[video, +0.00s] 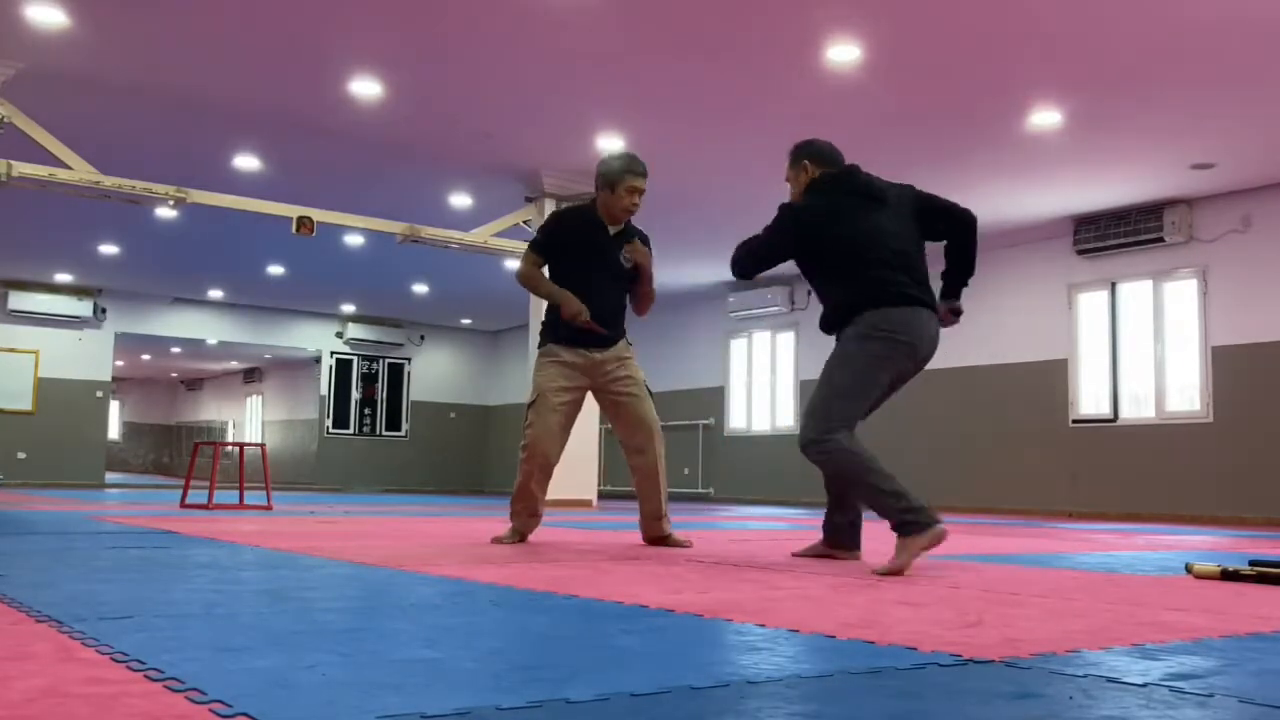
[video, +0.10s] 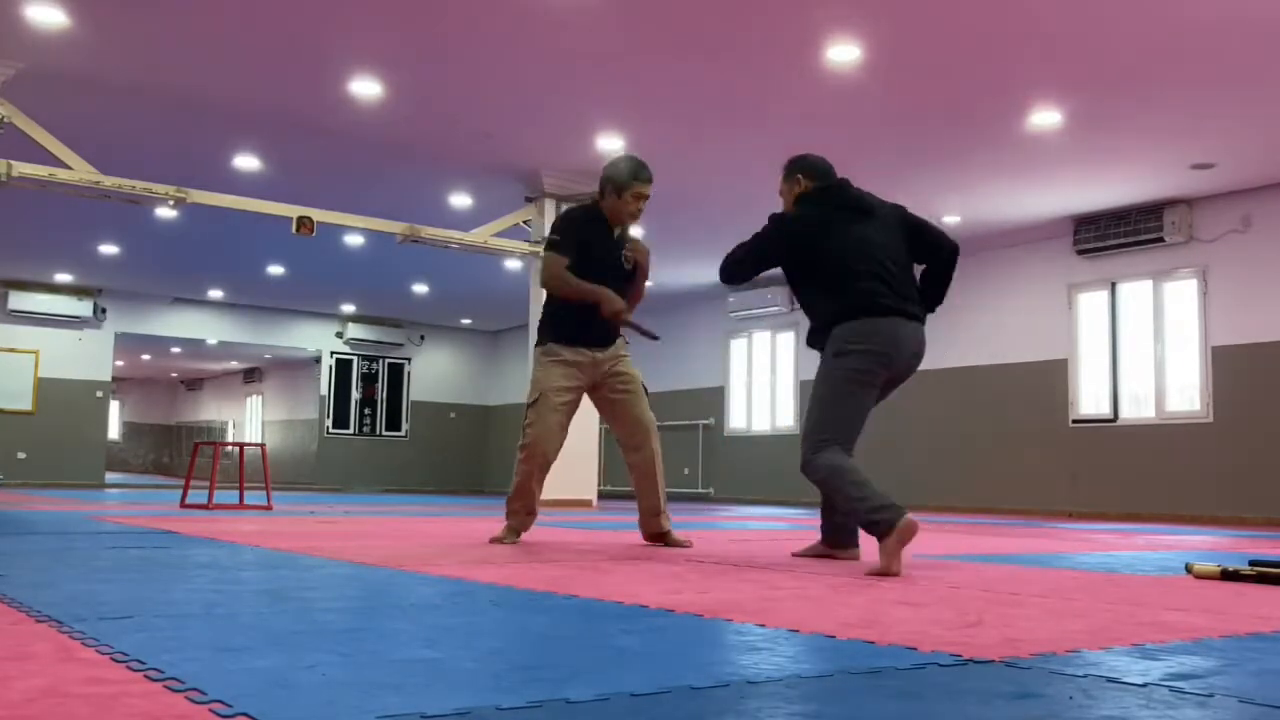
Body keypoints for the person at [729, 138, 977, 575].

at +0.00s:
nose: (788, 190)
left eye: (789, 181)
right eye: (787, 183)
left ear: (807, 172)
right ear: (837, 169)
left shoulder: (803, 213)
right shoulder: (894, 195)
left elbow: (743, 265)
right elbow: (962, 221)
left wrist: (772, 234)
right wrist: (951, 293)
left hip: (879, 326)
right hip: (920, 325)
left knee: (820, 436)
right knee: (835, 428)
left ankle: (917, 525)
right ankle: (841, 539)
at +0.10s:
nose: (781, 201)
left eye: (783, 192)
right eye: (781, 193)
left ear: (801, 185)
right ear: (830, 183)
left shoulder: (793, 223)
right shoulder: (885, 211)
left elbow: (731, 272)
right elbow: (945, 250)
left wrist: (775, 239)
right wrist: (920, 305)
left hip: (858, 336)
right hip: (908, 336)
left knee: (818, 453)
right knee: (837, 437)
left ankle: (891, 524)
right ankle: (838, 538)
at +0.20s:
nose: (772, 206)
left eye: (774, 197)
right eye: (773, 197)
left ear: (790, 190)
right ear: (820, 188)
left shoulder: (785, 227)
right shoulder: (873, 219)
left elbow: (714, 274)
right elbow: (930, 264)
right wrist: (903, 313)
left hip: (858, 339)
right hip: (900, 340)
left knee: (814, 453)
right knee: (818, 428)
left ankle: (898, 523)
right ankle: (838, 538)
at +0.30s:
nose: (767, 206)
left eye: (769, 199)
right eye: (766, 200)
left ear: (785, 192)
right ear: (815, 190)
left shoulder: (782, 222)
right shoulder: (866, 223)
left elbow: (719, 256)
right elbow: (920, 272)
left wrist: (688, 296)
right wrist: (890, 318)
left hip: (856, 339)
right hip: (892, 339)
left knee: (815, 446)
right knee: (804, 422)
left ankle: (907, 524)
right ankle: (837, 539)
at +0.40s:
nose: (756, 208)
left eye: (757, 200)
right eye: (755, 201)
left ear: (774, 193)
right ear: (800, 191)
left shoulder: (779, 219)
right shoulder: (845, 223)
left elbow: (717, 253)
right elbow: (907, 273)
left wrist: (678, 298)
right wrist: (874, 316)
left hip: (859, 337)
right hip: (878, 336)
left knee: (825, 442)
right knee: (795, 429)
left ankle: (916, 528)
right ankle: (837, 539)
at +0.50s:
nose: (743, 211)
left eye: (743, 200)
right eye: (741, 202)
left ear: (762, 189)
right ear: (778, 189)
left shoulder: (788, 215)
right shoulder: (810, 216)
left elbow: (742, 265)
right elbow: (830, 291)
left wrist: (705, 302)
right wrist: (792, 336)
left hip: (864, 329)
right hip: (848, 336)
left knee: (824, 428)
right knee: (788, 430)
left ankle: (910, 524)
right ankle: (836, 539)